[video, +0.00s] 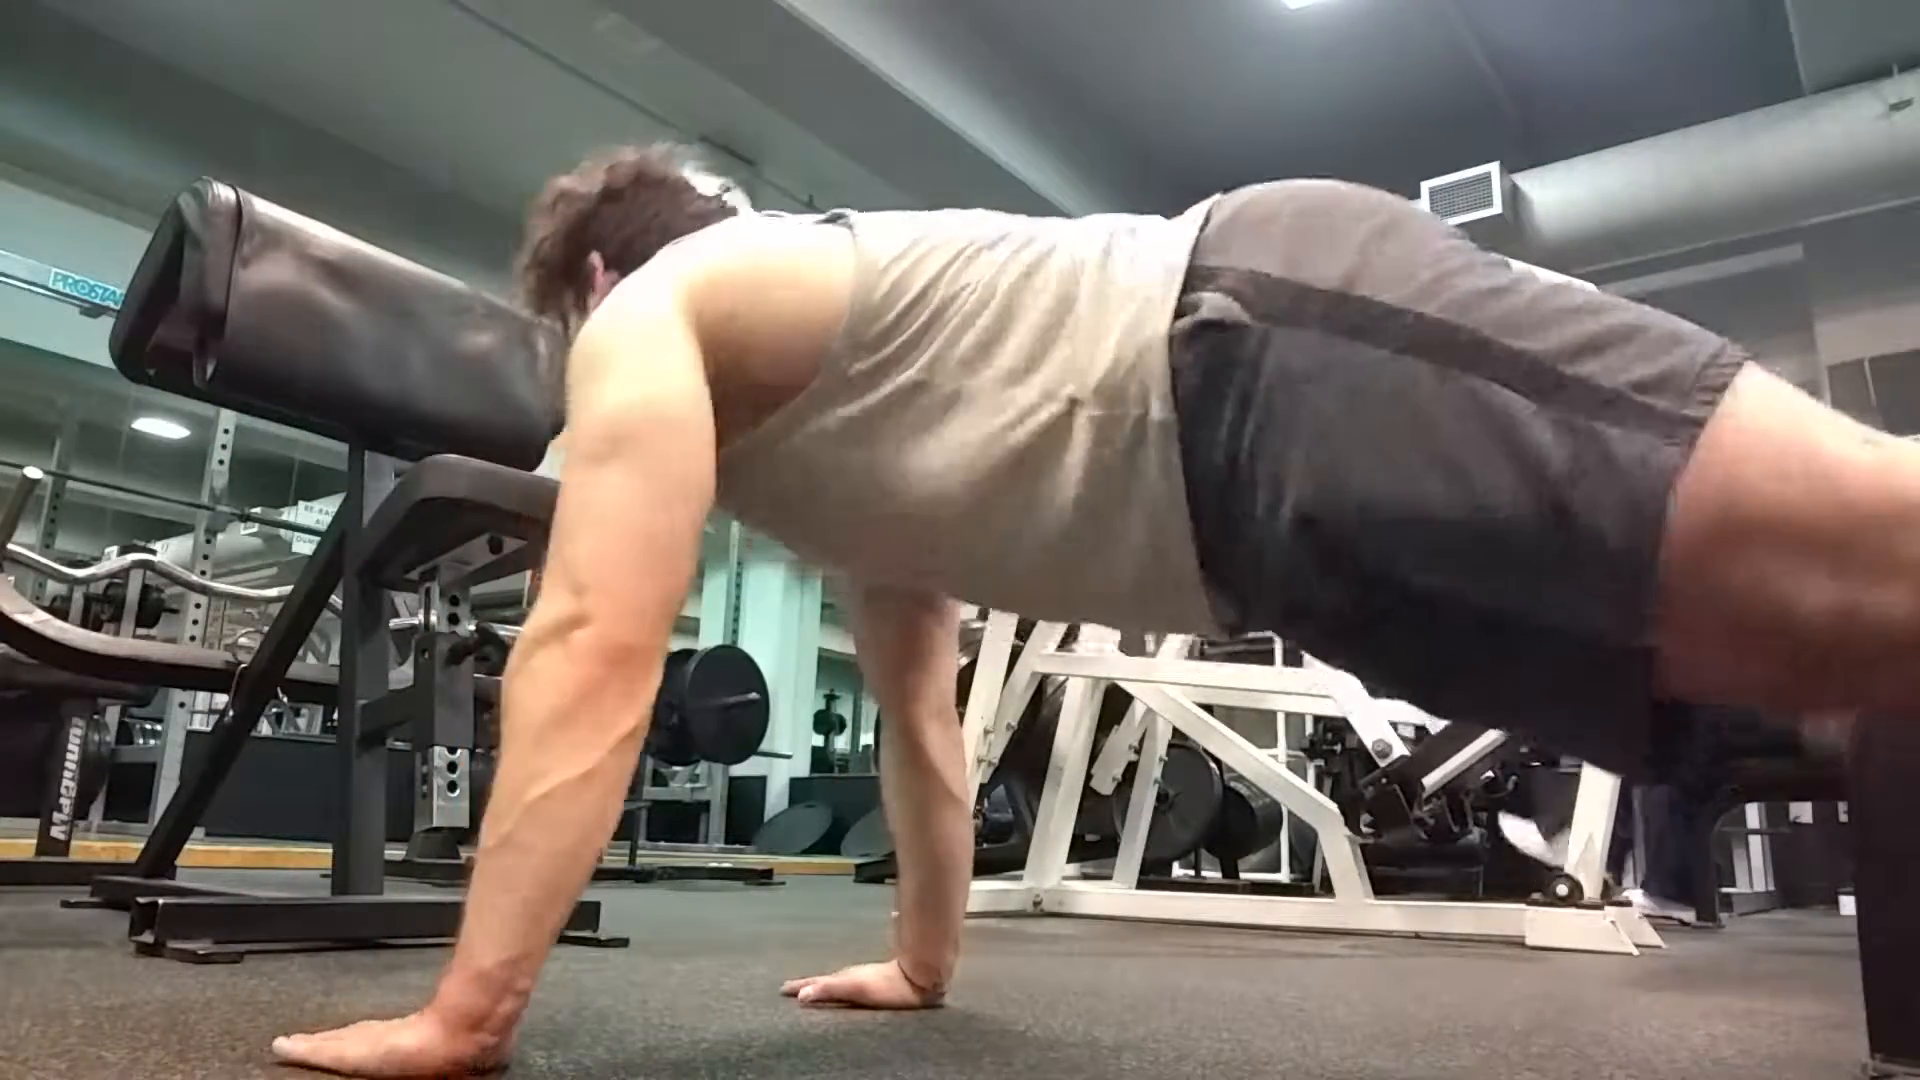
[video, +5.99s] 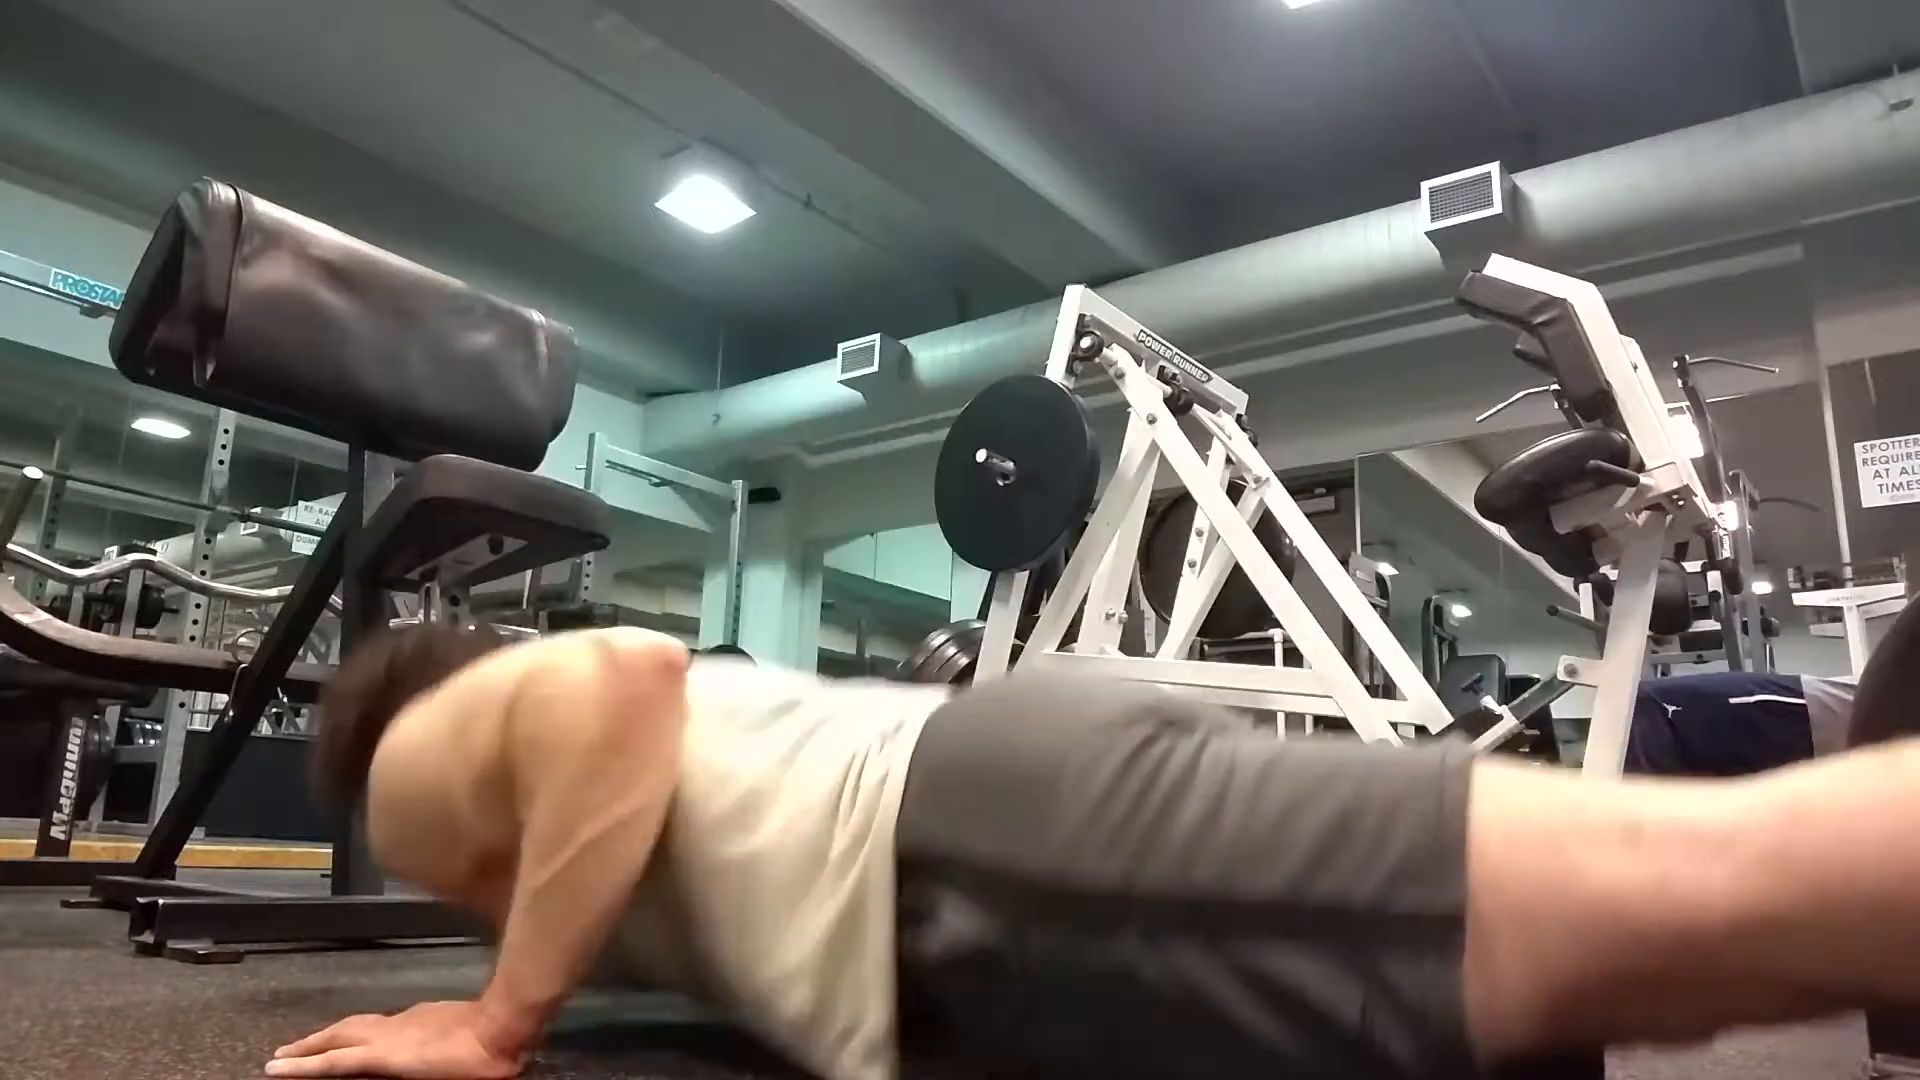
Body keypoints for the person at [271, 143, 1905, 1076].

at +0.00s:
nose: (575, 372)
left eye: (571, 333)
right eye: (565, 347)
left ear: (601, 280)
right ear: (705, 234)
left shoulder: (655, 315)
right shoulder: (858, 414)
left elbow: (594, 652)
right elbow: (915, 694)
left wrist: (465, 1006)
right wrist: (925, 960)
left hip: (1270, 364)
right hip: (1280, 542)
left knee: (1876, 557)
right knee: (1840, 694)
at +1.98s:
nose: (412, 673)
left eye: (399, 638)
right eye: (411, 654)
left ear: (409, 568)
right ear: (517, 496)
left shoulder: (478, 560)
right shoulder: (624, 542)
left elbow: (594, 682)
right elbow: (841, 640)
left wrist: (464, 1019)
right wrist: (864, 918)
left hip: (1002, 707)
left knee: (1738, 796)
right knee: (1724, 799)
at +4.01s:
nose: (424, 588)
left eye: (407, 551)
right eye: (408, 576)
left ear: (431, 449)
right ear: (543, 401)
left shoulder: (532, 450)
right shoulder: (721, 466)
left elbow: (625, 664)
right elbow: (968, 726)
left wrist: (469, 1013)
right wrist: (926, 973)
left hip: (1039, 600)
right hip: (1056, 638)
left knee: (1748, 727)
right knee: (1731, 760)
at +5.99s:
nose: (396, 821)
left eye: (377, 801)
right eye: (397, 803)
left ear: (386, 736)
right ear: (473, 670)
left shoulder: (417, 751)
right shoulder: (561, 787)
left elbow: (623, 684)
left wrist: (490, 1014)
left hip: (989, 852)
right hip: (994, 919)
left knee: (1679, 899)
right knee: (1660, 930)